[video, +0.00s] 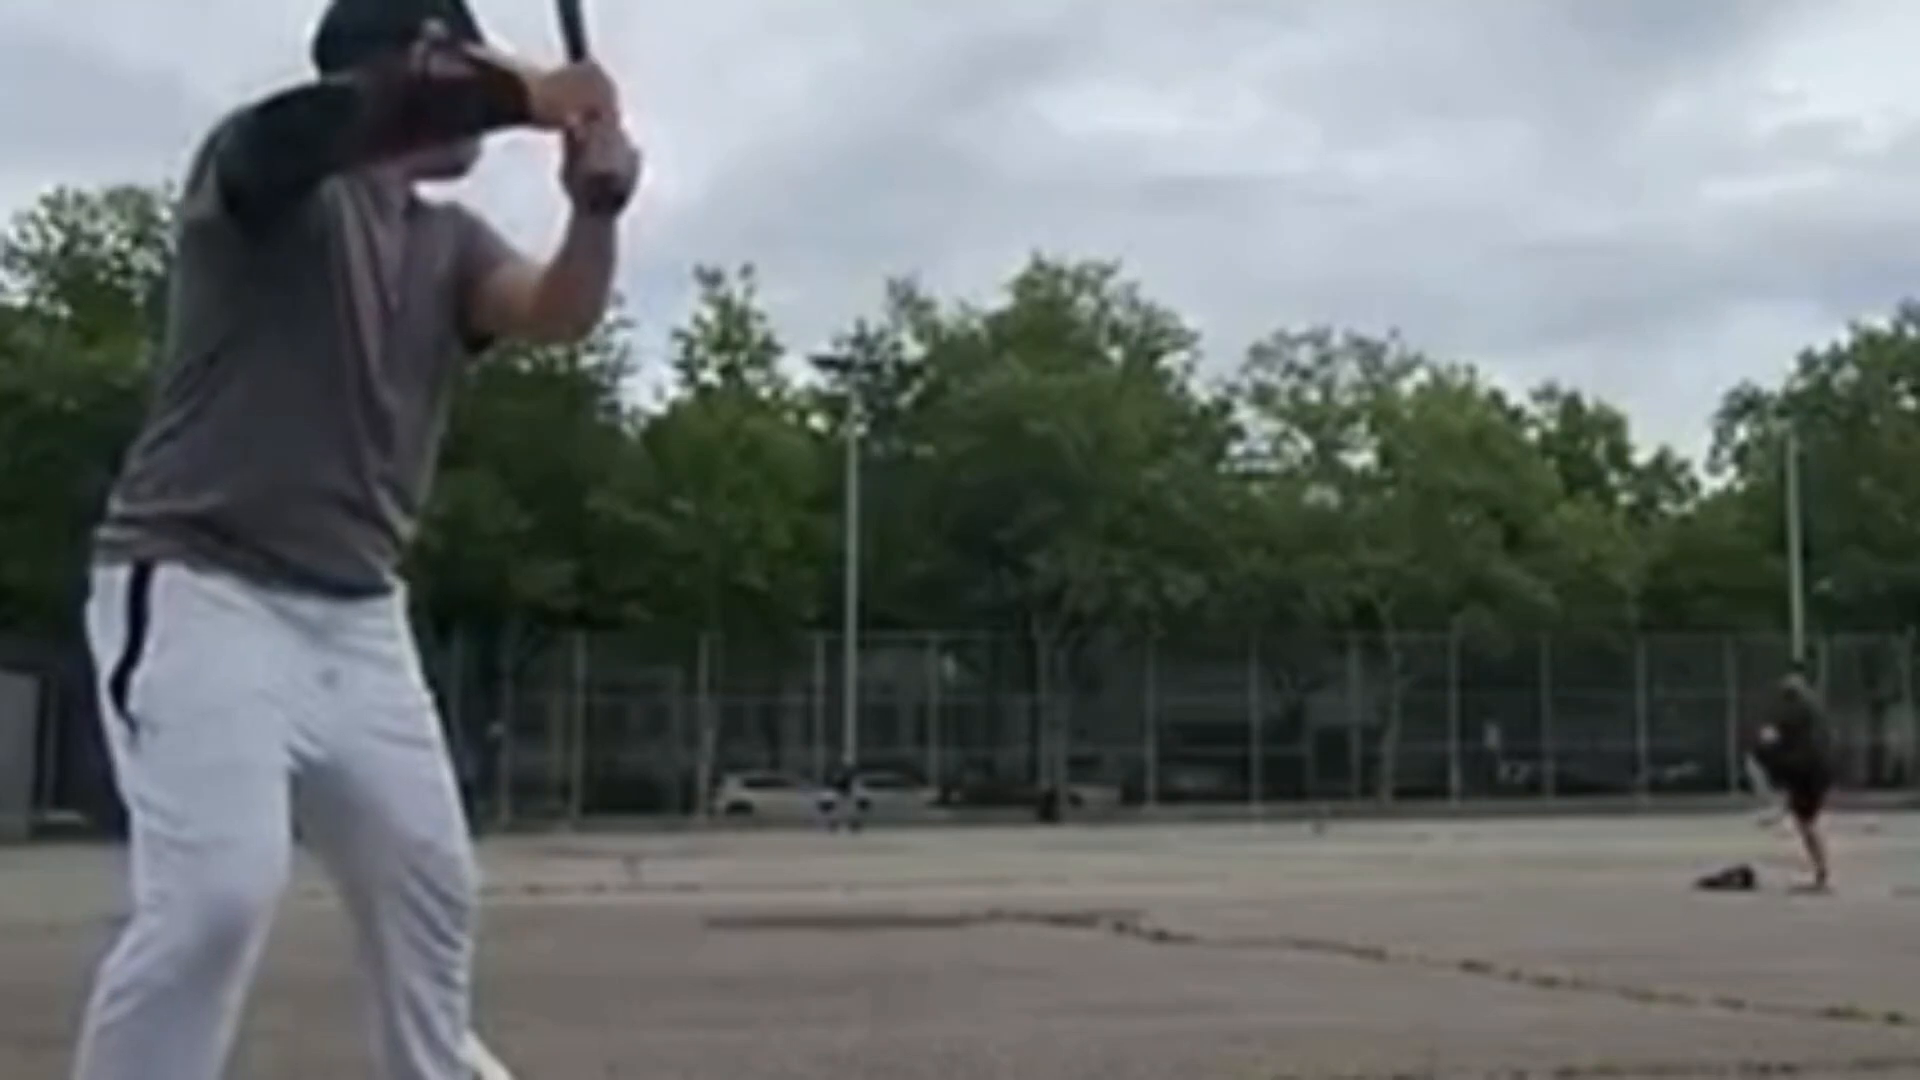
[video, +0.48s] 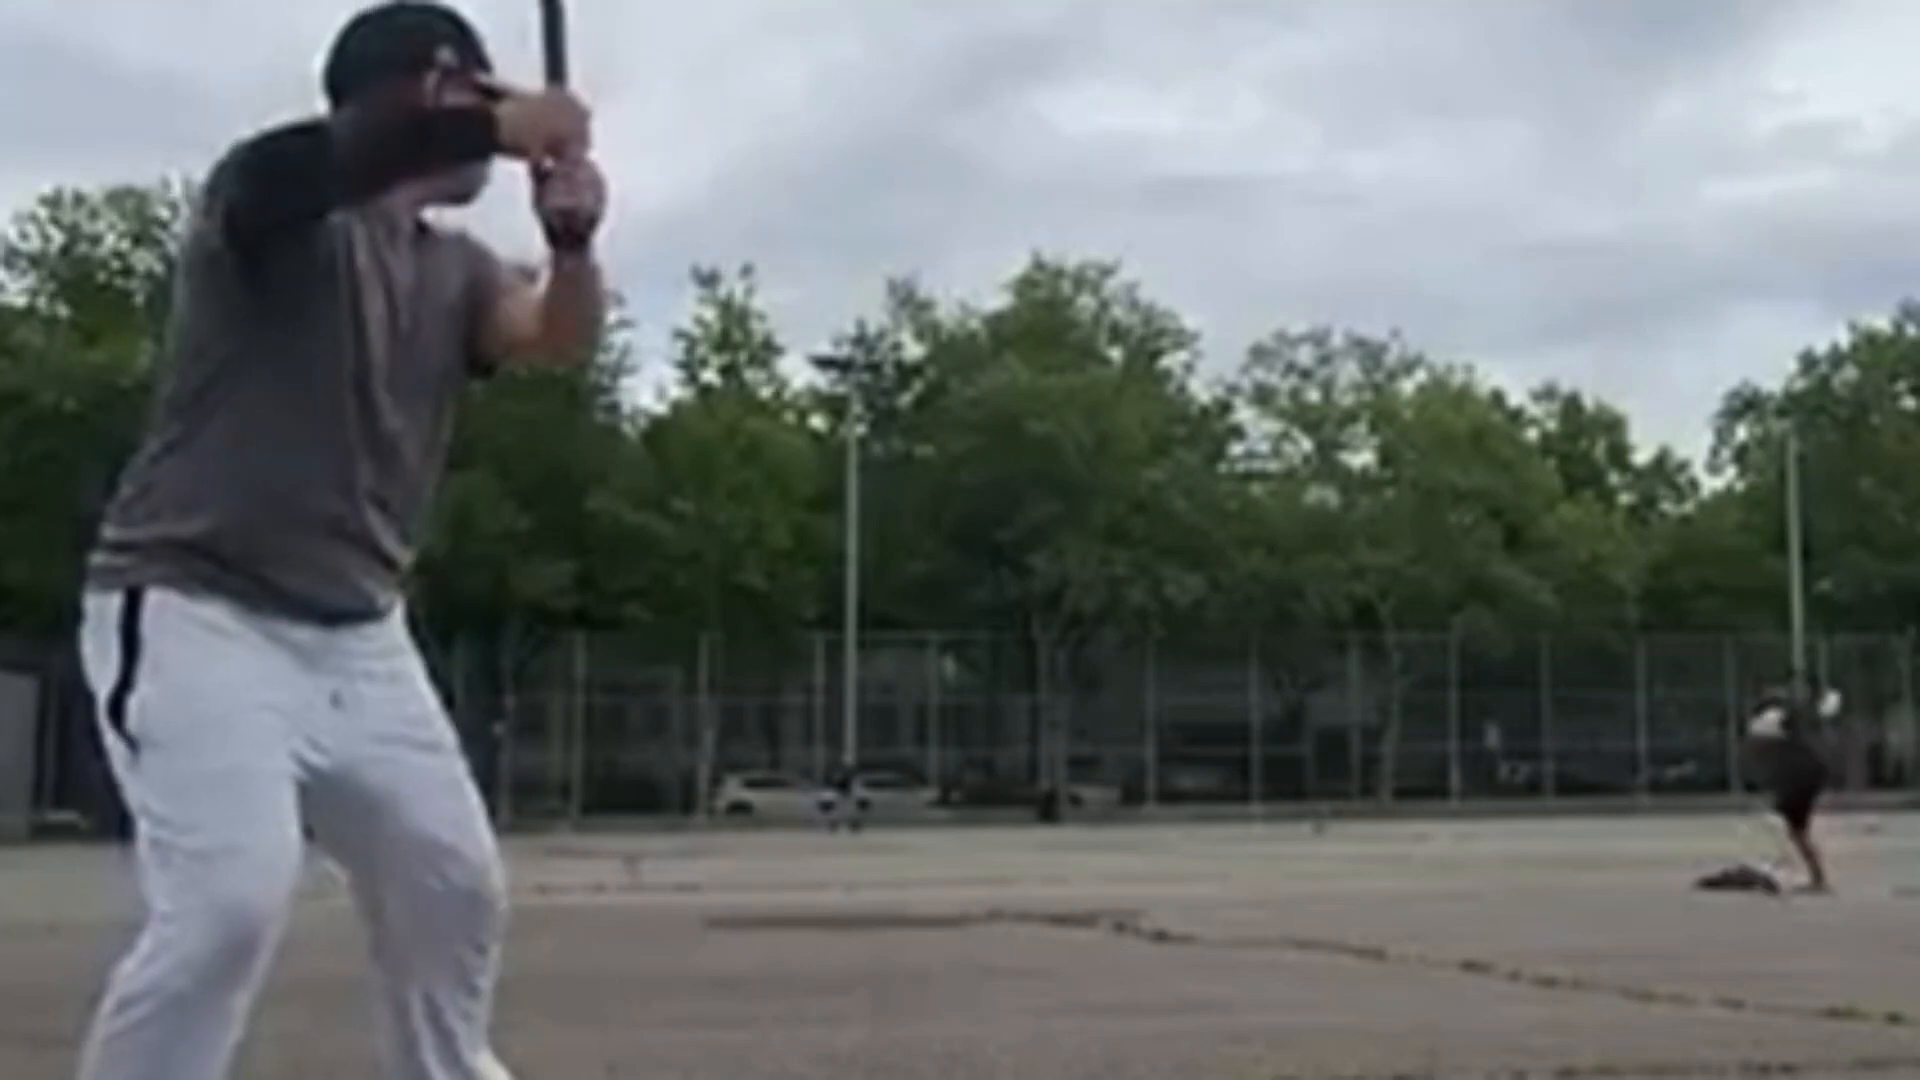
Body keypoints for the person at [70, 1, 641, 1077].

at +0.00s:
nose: (473, 97)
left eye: (478, 75)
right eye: (453, 67)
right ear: (380, 73)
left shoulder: (448, 240)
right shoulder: (255, 174)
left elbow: (560, 312)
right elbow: (322, 125)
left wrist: (594, 209)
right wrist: (526, 93)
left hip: (357, 615)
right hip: (196, 591)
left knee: (430, 878)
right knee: (218, 894)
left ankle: (439, 1064)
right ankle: (127, 1068)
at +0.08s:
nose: (475, 110)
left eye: (480, 86)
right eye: (456, 78)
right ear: (382, 78)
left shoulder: (446, 246)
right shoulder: (256, 180)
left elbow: (557, 314)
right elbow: (313, 127)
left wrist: (592, 215)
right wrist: (527, 99)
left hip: (355, 615)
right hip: (194, 592)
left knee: (428, 878)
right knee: (218, 894)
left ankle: (440, 1069)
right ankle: (127, 1073)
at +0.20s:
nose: (476, 113)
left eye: (480, 89)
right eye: (457, 81)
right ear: (384, 79)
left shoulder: (446, 247)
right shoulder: (255, 177)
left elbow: (555, 317)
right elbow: (348, 113)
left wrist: (592, 218)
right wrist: (538, 102)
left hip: (353, 616)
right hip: (192, 592)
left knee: (427, 879)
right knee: (215, 894)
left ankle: (439, 1069)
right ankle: (126, 1072)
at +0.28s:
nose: (477, 110)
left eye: (482, 85)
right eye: (458, 78)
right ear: (384, 79)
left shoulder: (448, 246)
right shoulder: (256, 177)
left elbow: (555, 317)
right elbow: (346, 113)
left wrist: (591, 217)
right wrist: (536, 99)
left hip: (353, 613)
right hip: (191, 590)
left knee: (431, 877)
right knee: (215, 892)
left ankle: (441, 1069)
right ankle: (125, 1072)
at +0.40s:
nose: (481, 107)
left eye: (487, 82)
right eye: (455, 78)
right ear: (386, 90)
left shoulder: (455, 255)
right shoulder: (259, 189)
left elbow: (559, 324)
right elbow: (330, 146)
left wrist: (584, 228)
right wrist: (513, 106)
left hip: (357, 620)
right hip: (194, 597)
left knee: (442, 875)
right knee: (221, 892)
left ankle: (446, 1065)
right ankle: (122, 1068)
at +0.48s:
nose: (481, 114)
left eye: (484, 90)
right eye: (457, 84)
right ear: (395, 97)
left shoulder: (457, 266)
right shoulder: (262, 197)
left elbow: (559, 336)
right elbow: (353, 155)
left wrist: (570, 244)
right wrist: (502, 123)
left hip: (357, 633)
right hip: (189, 612)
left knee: (452, 882)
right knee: (230, 902)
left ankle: (449, 1066)